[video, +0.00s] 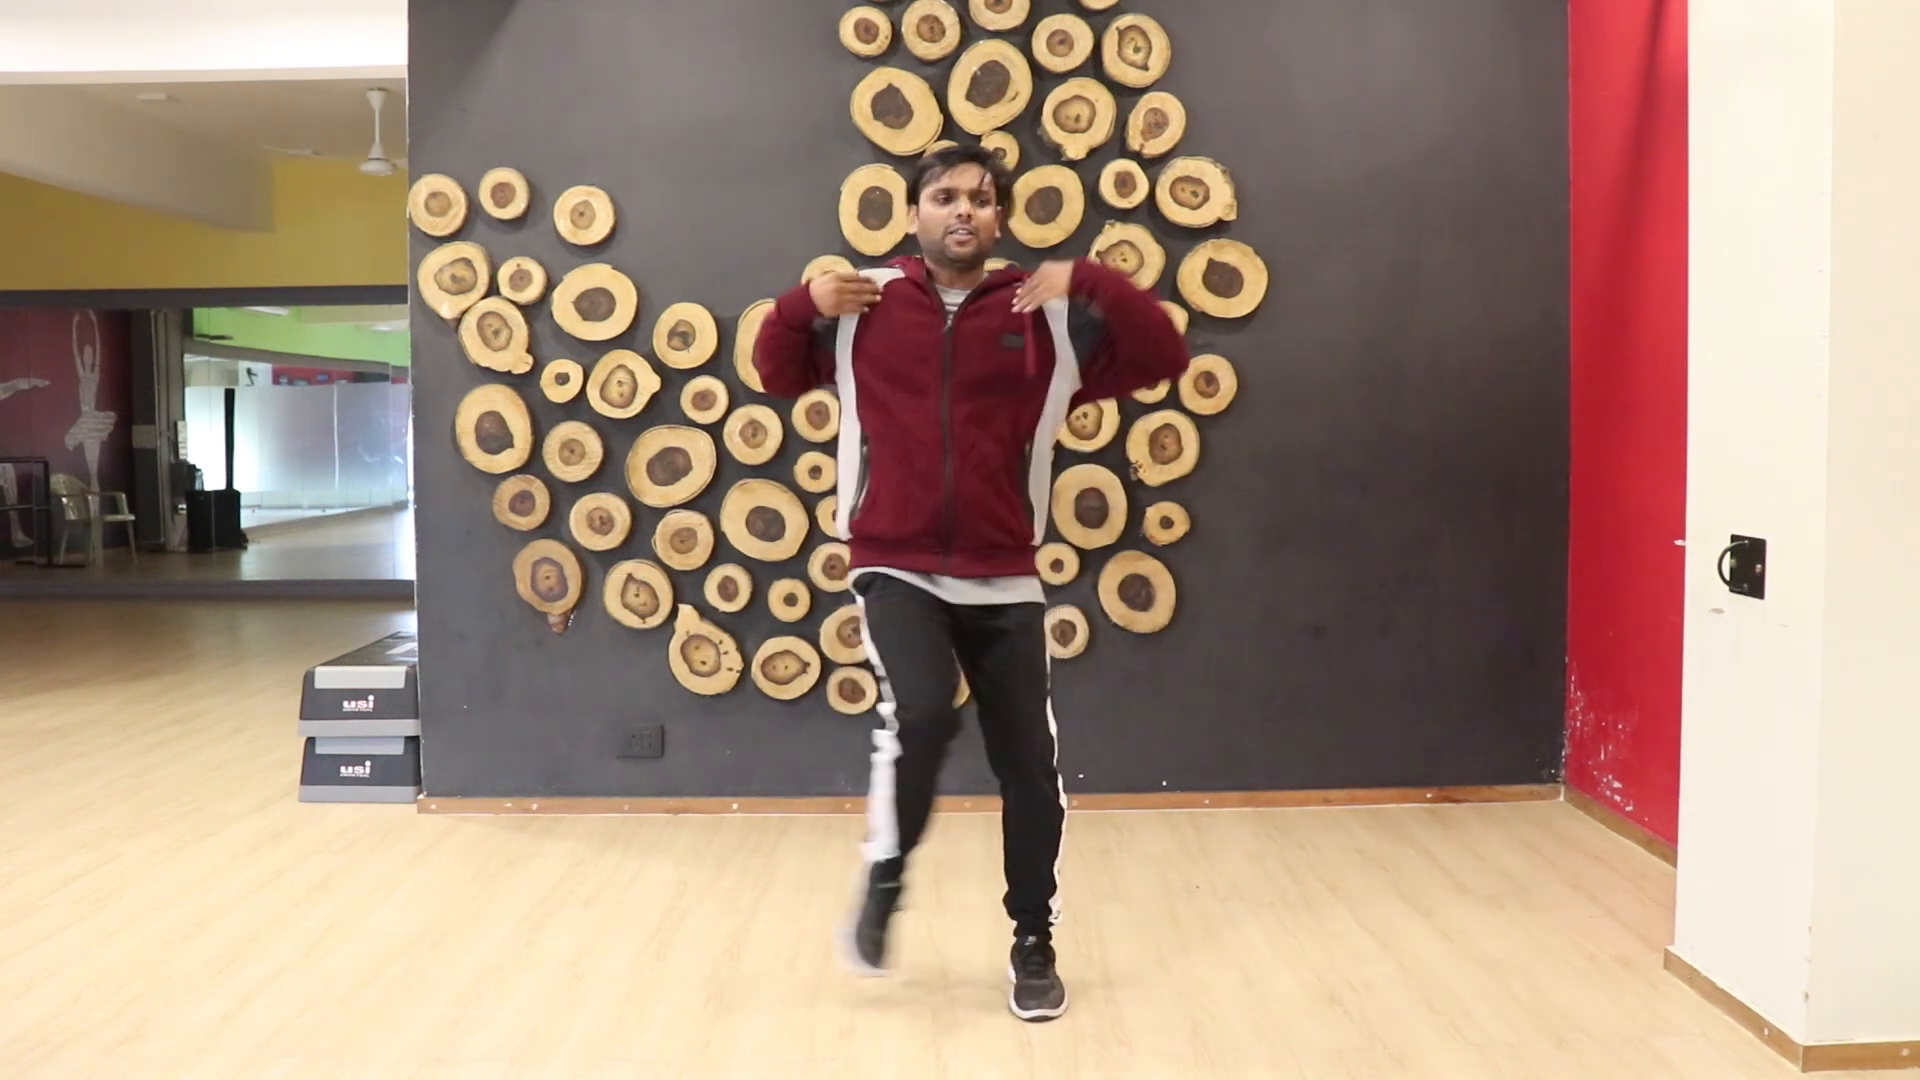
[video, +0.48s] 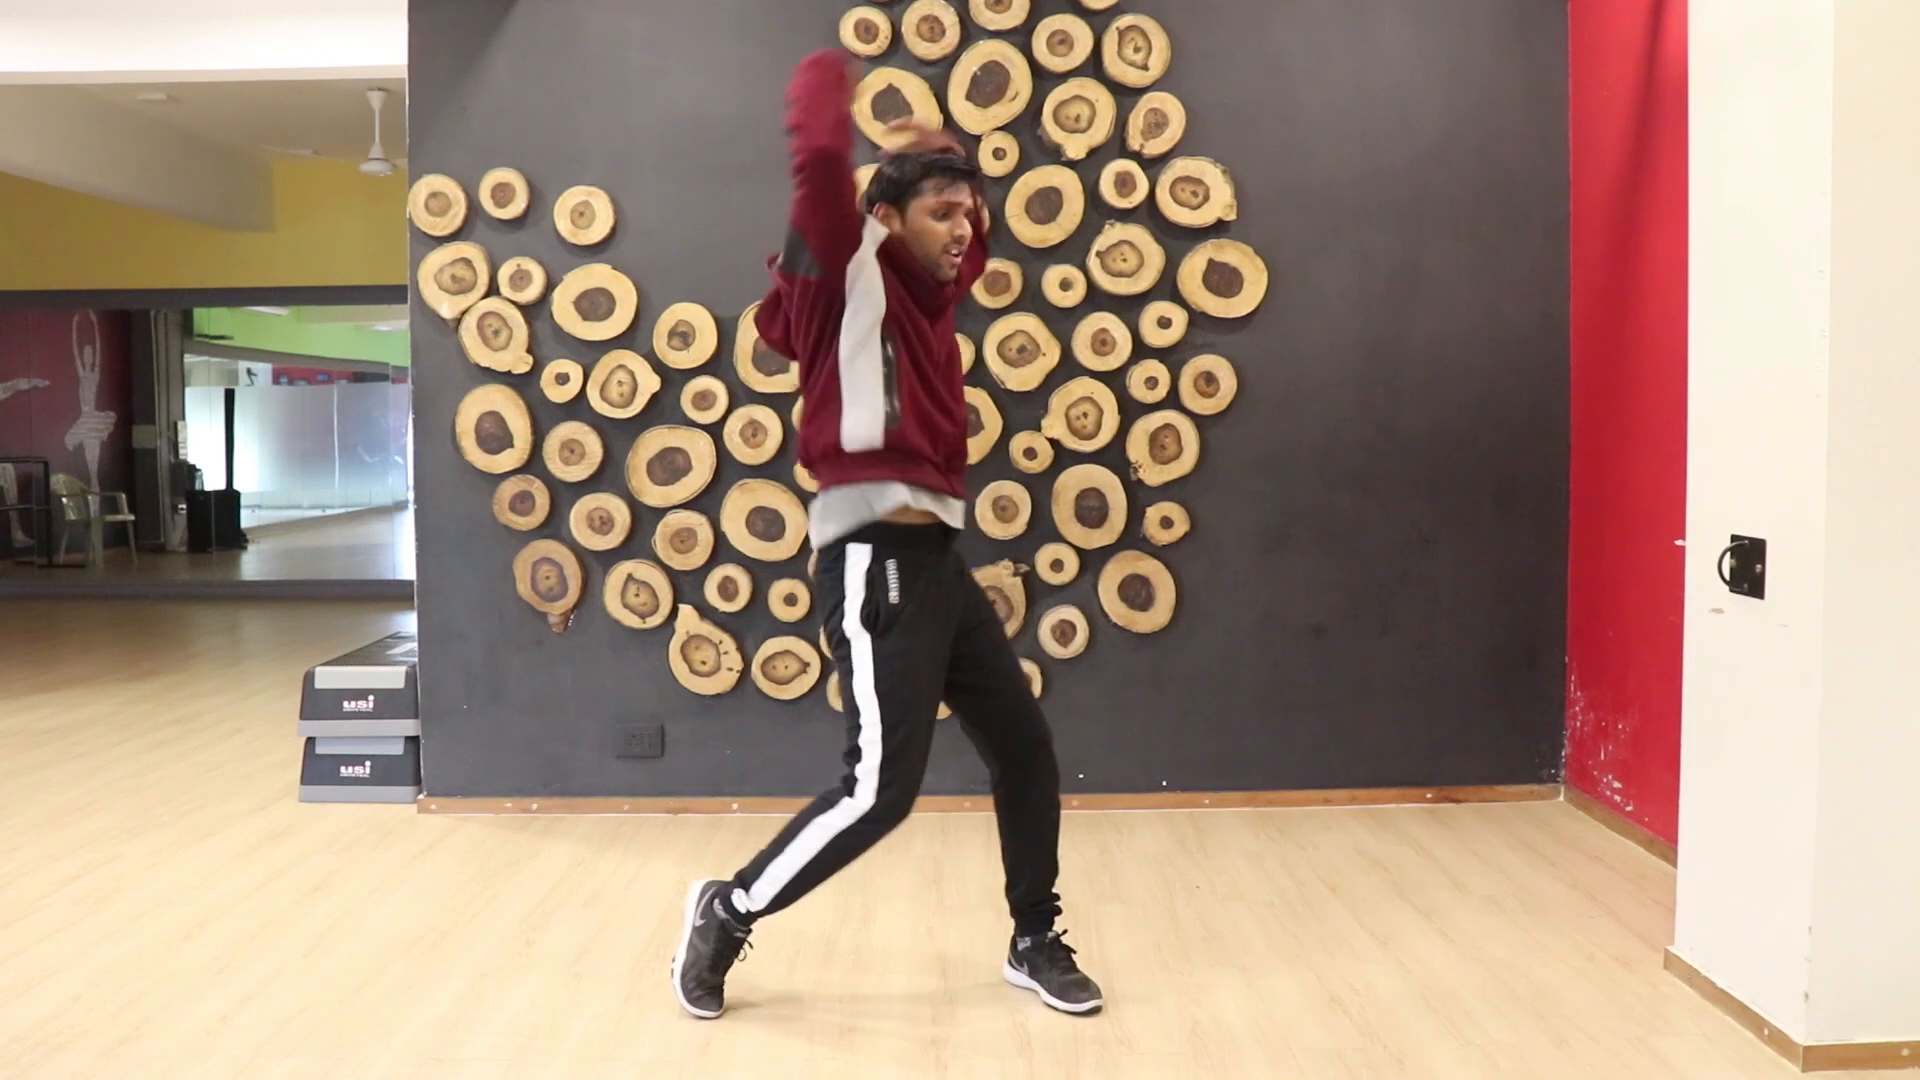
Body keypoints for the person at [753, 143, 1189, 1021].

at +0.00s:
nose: (965, 211)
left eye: (981, 199)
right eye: (946, 198)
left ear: (1001, 220)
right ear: (914, 215)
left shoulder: (1044, 312)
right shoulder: (864, 306)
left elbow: (1161, 351)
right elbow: (776, 375)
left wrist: (1087, 279)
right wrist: (804, 301)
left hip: (1002, 572)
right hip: (894, 563)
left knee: (1030, 762)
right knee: (923, 717)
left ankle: (1033, 941)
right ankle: (884, 882)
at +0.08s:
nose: (958, 217)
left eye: (970, 203)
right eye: (937, 204)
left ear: (987, 219)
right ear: (899, 221)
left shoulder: (1039, 313)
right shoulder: (866, 316)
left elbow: (1145, 305)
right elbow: (808, 453)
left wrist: (1079, 239)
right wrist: (828, 348)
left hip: (999, 584)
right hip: (887, 578)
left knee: (1021, 762)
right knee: (860, 743)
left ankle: (1035, 945)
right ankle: (766, 909)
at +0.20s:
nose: (922, 229)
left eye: (927, 214)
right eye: (900, 215)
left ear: (935, 225)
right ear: (851, 231)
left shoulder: (935, 311)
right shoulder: (846, 330)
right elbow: (913, 415)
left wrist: (1000, 296)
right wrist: (926, 313)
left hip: (995, 604)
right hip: (890, 608)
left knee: (1055, 783)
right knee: (807, 778)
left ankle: (1036, 938)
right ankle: (698, 928)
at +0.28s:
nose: (923, 231)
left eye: (928, 216)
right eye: (903, 216)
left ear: (931, 225)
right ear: (850, 227)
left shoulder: (917, 314)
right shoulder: (836, 327)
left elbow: (947, 387)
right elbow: (878, 414)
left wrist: (942, 318)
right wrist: (895, 309)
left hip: (993, 602)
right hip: (893, 611)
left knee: (1068, 773)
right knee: (820, 781)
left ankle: (1043, 940)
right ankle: (697, 928)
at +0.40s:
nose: (949, 227)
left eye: (955, 213)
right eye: (931, 210)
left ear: (949, 224)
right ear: (874, 217)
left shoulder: (915, 305)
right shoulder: (834, 287)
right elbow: (783, 235)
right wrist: (792, 173)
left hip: (972, 580)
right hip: (897, 586)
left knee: (1048, 757)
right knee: (853, 778)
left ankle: (1043, 940)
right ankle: (712, 919)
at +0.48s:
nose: (962, 233)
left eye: (967, 219)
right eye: (943, 214)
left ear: (956, 229)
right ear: (887, 216)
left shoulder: (925, 295)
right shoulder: (840, 274)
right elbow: (819, 166)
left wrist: (955, 171)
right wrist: (827, 71)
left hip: (937, 556)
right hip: (871, 557)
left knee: (1025, 754)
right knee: (880, 789)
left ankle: (1035, 941)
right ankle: (727, 914)